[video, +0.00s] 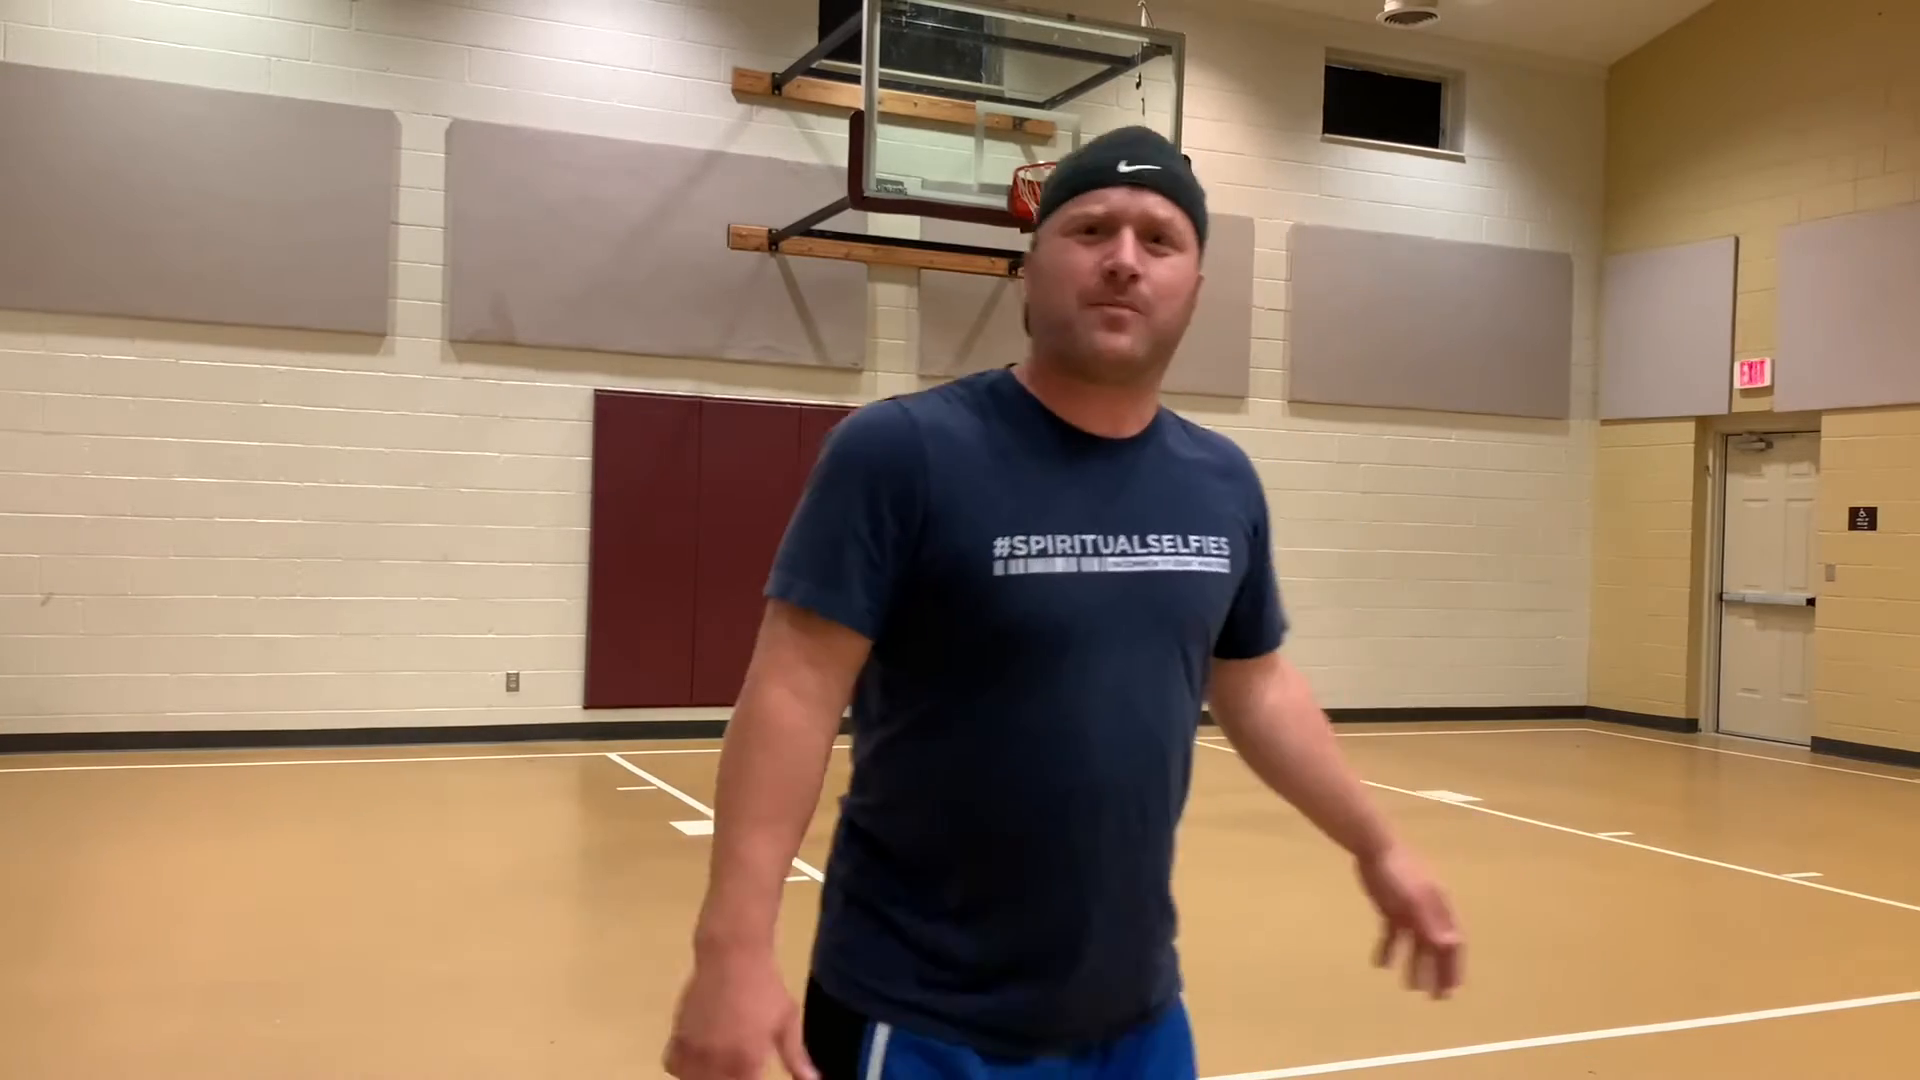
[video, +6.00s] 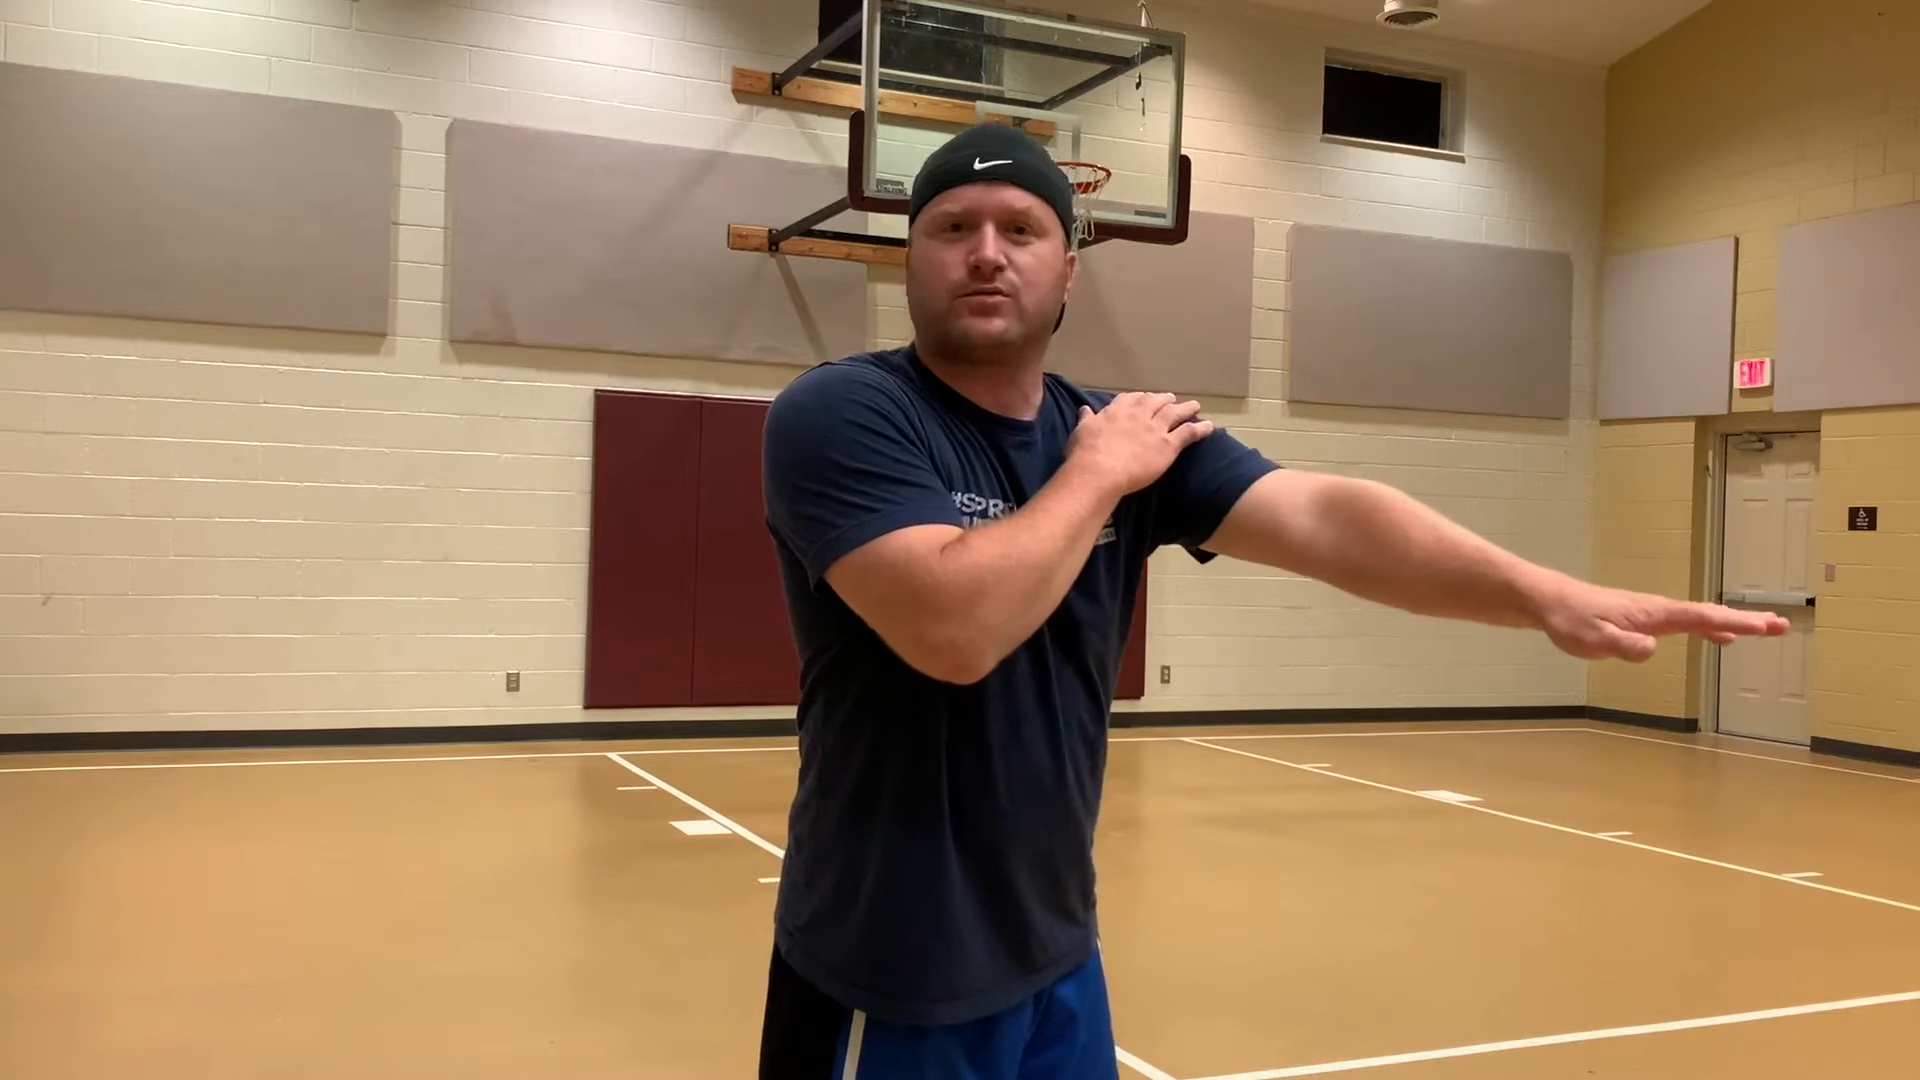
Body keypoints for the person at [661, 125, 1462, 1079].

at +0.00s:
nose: (1125, 260)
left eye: (1159, 239)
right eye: (1093, 230)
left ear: (1197, 288)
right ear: (1031, 259)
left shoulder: (1221, 482)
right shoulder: (899, 453)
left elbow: (1257, 682)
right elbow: (794, 689)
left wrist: (1378, 843)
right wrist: (734, 952)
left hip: (1129, 1008)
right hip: (919, 1014)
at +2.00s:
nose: (995, 247)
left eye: (1025, 223)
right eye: (960, 223)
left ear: (1065, 260)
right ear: (907, 263)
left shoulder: (1097, 437)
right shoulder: (835, 455)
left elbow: (1134, 618)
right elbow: (797, 710)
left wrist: (1242, 763)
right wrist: (974, 626)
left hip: (1072, 954)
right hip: (901, 973)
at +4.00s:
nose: (1079, 262)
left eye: (1091, 239)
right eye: (1037, 241)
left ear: (1110, 266)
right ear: (961, 289)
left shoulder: (1128, 430)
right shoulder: (909, 453)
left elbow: (1243, 575)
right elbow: (891, 701)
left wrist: (1086, 489)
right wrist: (984, 949)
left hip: (1046, 946)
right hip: (896, 952)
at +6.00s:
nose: (982, 255)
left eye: (1017, 231)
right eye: (952, 229)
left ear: (1066, 267)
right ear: (906, 260)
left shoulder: (1115, 428)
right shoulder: (833, 417)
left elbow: (1326, 522)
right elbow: (952, 630)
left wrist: (1544, 595)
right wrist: (1097, 472)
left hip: (1053, 952)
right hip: (878, 975)